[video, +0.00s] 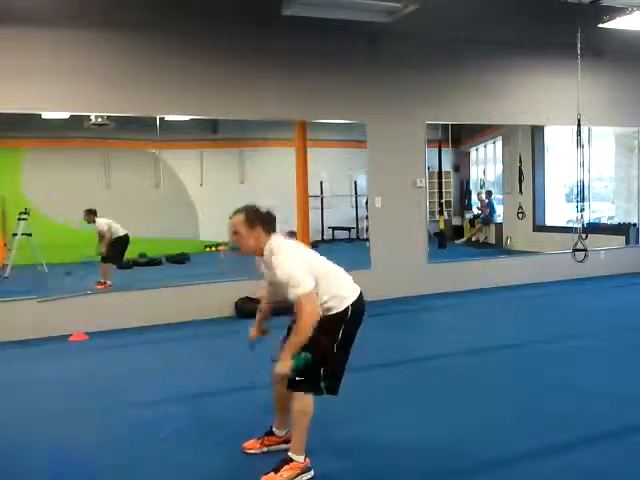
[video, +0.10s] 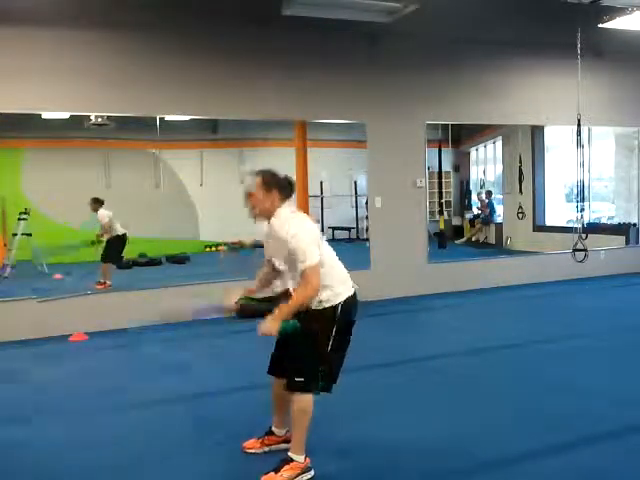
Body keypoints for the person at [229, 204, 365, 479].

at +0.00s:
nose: (234, 239)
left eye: (237, 232)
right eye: (233, 233)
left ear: (257, 231)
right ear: (256, 232)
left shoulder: (284, 258)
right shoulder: (269, 254)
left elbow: (310, 312)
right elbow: (272, 292)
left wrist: (287, 357)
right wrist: (261, 322)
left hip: (342, 307)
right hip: (315, 304)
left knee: (301, 380)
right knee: (283, 368)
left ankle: (298, 460)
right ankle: (281, 433)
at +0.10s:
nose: (249, 201)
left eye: (254, 194)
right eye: (249, 195)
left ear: (274, 195)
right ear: (271, 196)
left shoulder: (296, 227)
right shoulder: (274, 226)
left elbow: (311, 285)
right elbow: (274, 268)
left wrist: (277, 317)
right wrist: (251, 292)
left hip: (333, 302)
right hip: (305, 298)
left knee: (301, 382)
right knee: (281, 371)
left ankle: (298, 460)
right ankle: (280, 432)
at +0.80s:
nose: (289, 165)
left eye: (296, 159)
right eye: (290, 159)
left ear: (316, 166)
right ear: (303, 165)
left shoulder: (326, 200)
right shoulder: (295, 198)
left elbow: (323, 255)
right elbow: (287, 246)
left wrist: (292, 291)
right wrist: (269, 280)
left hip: (318, 298)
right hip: (291, 296)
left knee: (310, 376)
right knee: (281, 370)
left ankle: (313, 453)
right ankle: (280, 432)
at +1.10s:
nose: (313, 164)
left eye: (320, 157)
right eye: (313, 158)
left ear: (341, 164)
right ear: (326, 165)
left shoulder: (352, 203)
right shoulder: (322, 201)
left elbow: (363, 258)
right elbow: (325, 250)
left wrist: (336, 293)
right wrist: (303, 276)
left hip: (347, 303)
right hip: (318, 298)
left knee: (349, 377)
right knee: (303, 367)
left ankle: (363, 447)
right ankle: (286, 429)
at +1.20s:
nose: (323, 161)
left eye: (329, 155)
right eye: (324, 155)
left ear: (350, 162)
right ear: (339, 162)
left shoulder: (361, 197)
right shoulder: (333, 197)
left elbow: (378, 247)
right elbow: (338, 246)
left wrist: (347, 276)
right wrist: (317, 262)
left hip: (356, 302)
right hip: (327, 298)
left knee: (357, 376)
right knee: (312, 365)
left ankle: (363, 446)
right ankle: (306, 424)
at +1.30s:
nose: (329, 161)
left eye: (335, 156)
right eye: (329, 156)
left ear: (356, 159)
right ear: (345, 160)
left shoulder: (368, 191)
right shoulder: (336, 194)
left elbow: (391, 226)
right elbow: (327, 221)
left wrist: (361, 244)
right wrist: (303, 229)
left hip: (359, 298)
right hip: (332, 293)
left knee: (360, 375)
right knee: (330, 364)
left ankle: (365, 446)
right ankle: (337, 421)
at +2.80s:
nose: (355, 151)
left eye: (362, 145)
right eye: (355, 146)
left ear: (383, 151)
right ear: (361, 153)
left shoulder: (396, 179)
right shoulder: (354, 183)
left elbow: (395, 194)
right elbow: (322, 191)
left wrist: (359, 200)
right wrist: (296, 200)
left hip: (376, 282)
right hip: (348, 277)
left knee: (365, 357)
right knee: (329, 346)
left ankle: (373, 438)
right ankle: (334, 410)